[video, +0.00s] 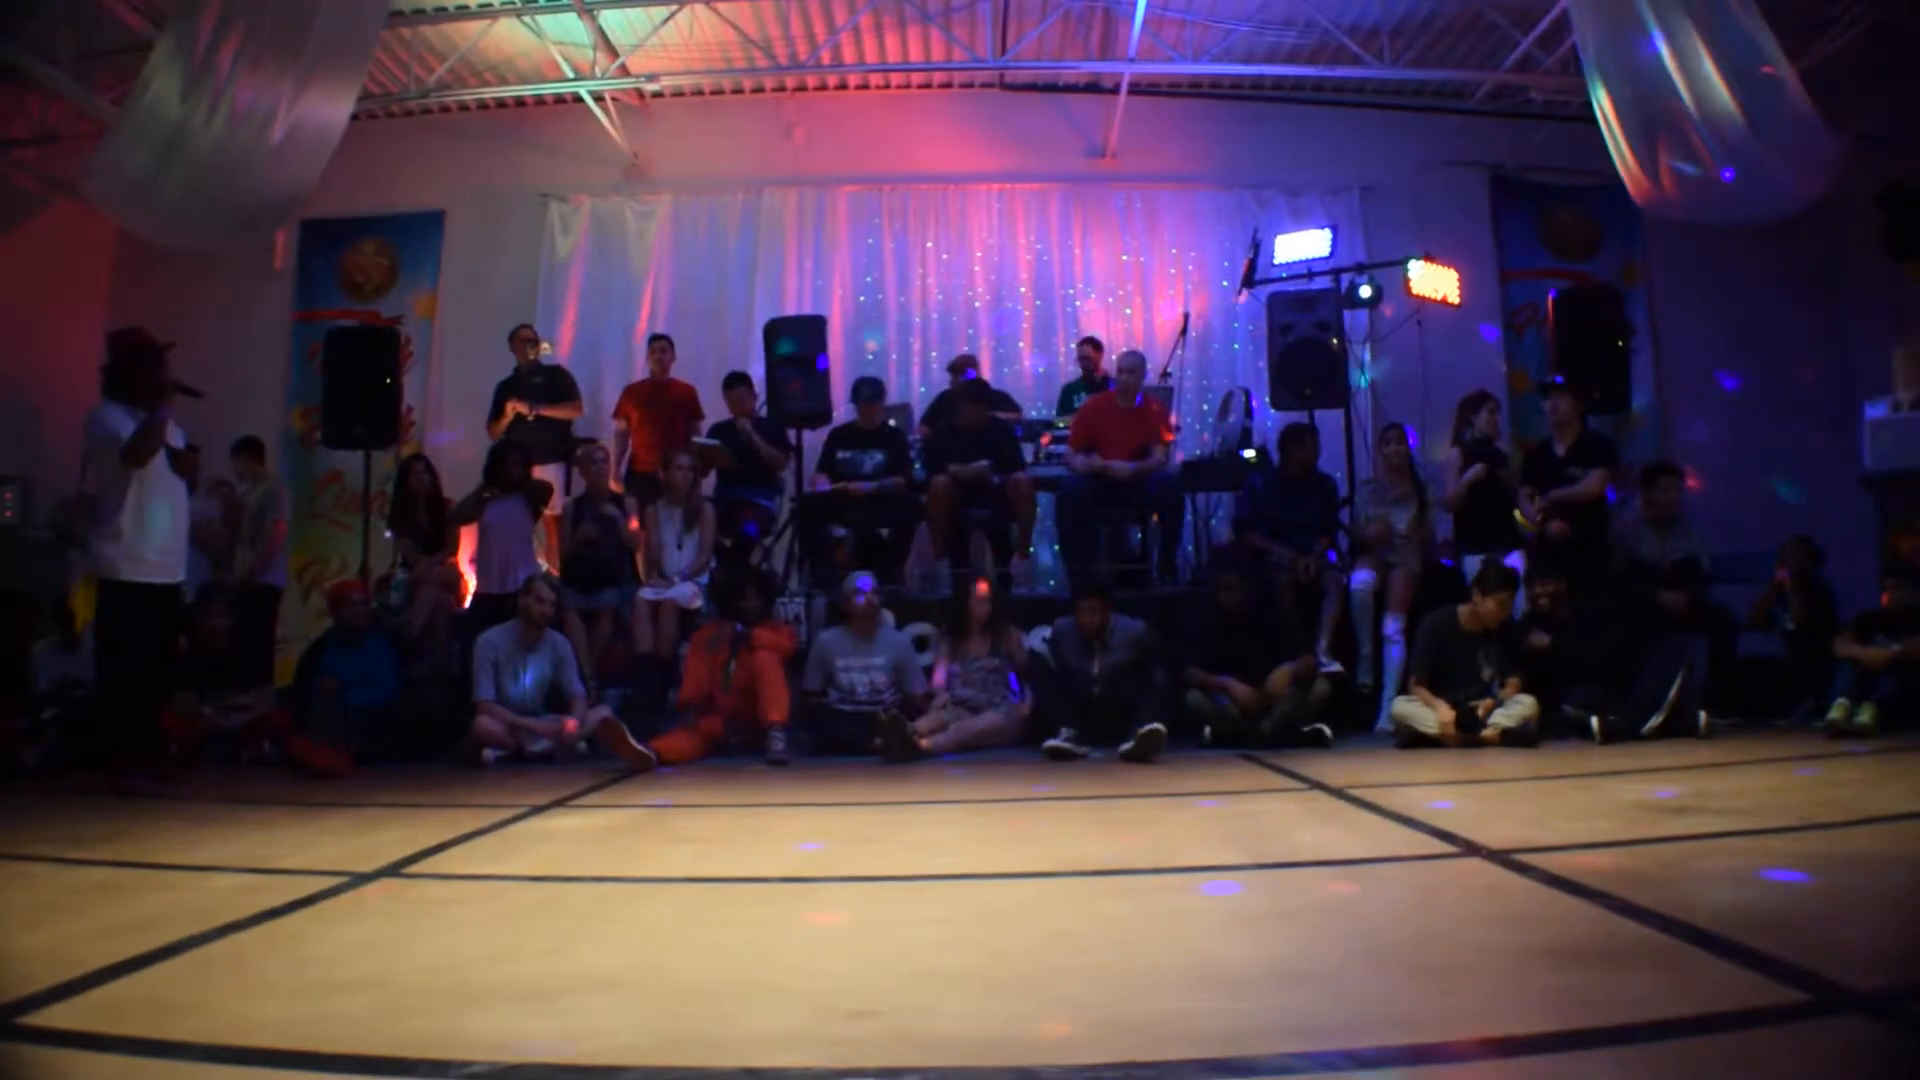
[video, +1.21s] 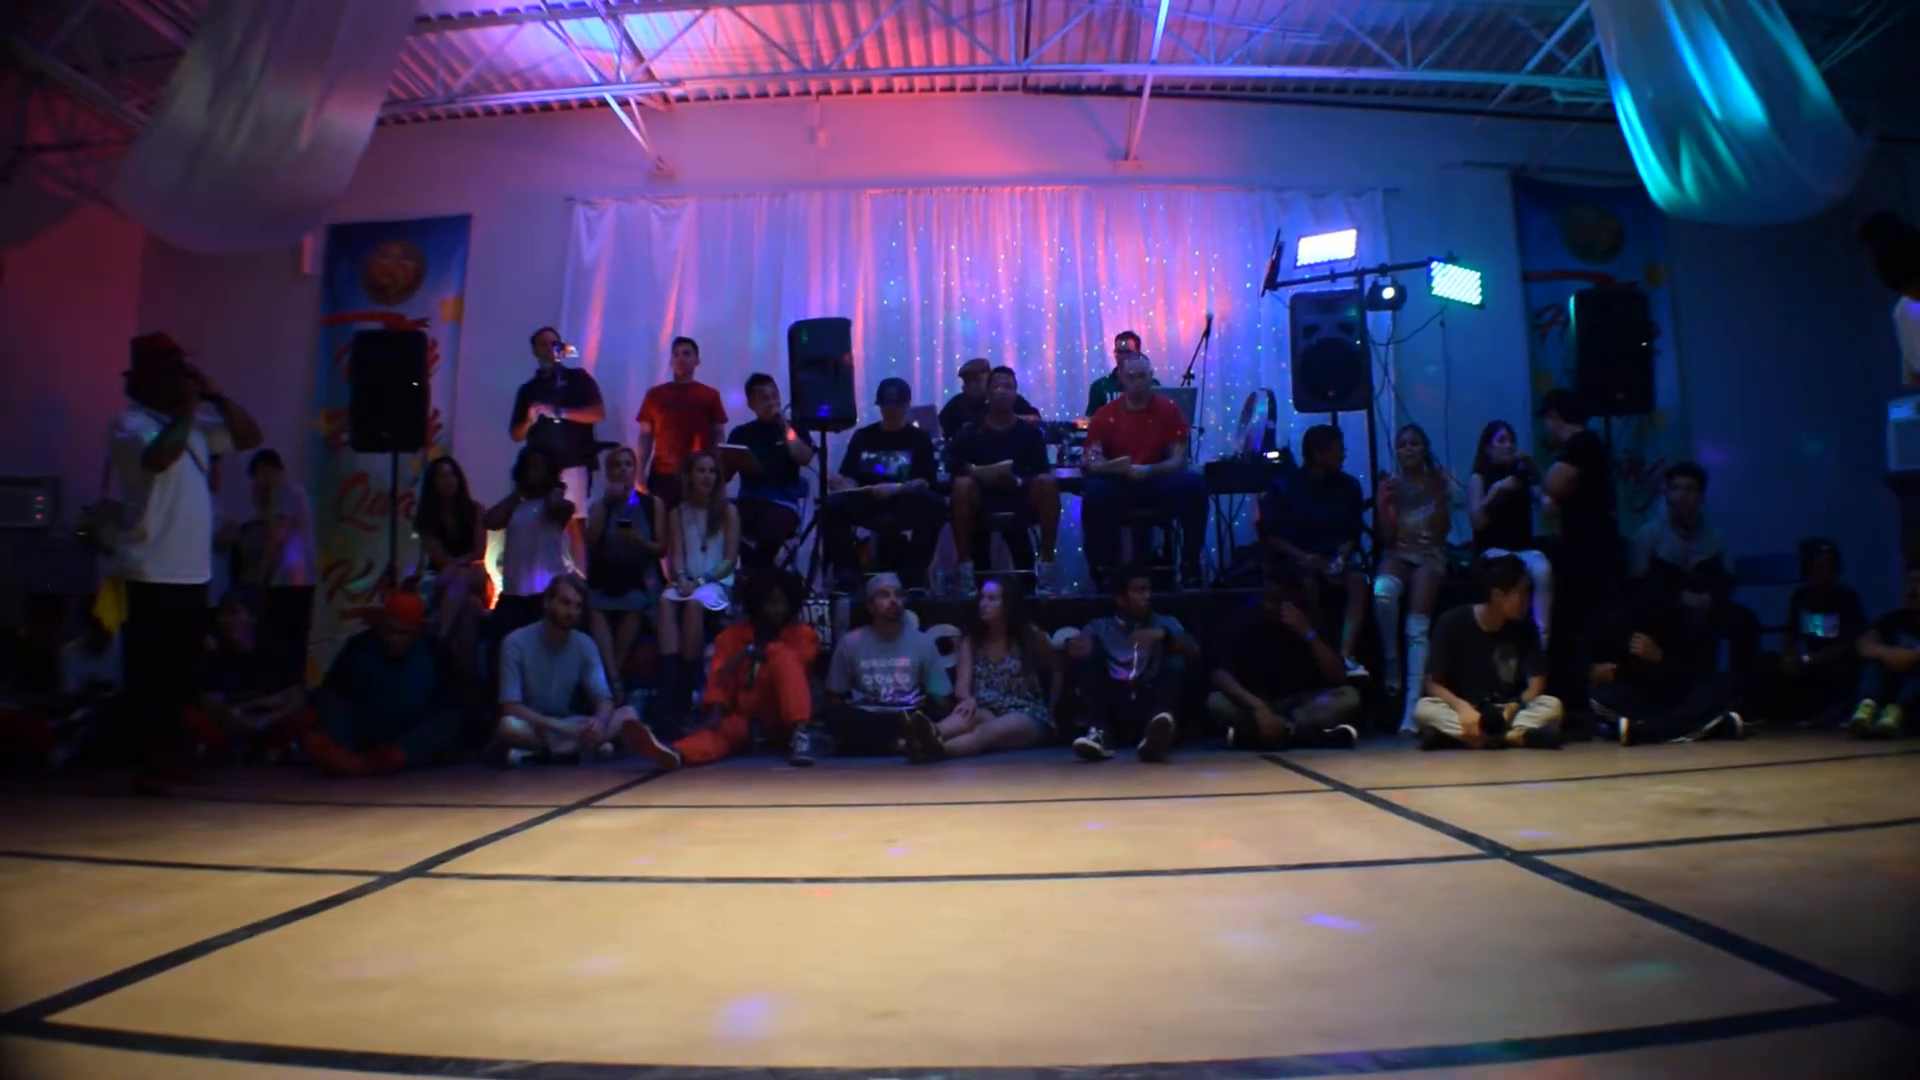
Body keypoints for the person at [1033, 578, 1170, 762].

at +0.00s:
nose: (1087, 620)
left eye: (1094, 613)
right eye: (1082, 613)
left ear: (1106, 613)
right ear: (1075, 614)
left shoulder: (1134, 632)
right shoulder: (1062, 631)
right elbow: (1063, 672)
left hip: (1122, 711)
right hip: (1080, 712)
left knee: (1151, 677)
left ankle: (1138, 735)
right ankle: (1067, 733)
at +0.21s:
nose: (1099, 614)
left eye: (1106, 607)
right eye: (1094, 607)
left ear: (1118, 608)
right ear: (1088, 608)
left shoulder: (1143, 633)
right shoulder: (1071, 631)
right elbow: (1064, 673)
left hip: (1128, 711)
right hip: (1084, 711)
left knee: (1158, 679)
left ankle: (1142, 737)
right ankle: (1067, 734)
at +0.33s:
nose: (1131, 607)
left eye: (1138, 600)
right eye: (1125, 600)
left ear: (1148, 603)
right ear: (1118, 603)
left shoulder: (1171, 631)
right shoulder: (1101, 626)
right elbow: (1088, 663)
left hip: (1151, 702)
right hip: (1106, 700)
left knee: (1182, 677)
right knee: (1074, 673)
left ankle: (1163, 737)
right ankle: (1091, 733)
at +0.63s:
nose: (1149, 597)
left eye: (1154, 590)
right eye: (1143, 590)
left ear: (1160, 595)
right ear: (1129, 595)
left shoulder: (1179, 634)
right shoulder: (1105, 625)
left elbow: (1184, 673)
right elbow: (1088, 662)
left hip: (1155, 699)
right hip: (1111, 697)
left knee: (1179, 680)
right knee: (1082, 673)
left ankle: (1161, 737)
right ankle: (1095, 732)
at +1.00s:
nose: (1149, 596)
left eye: (1152, 589)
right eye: (1141, 589)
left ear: (1158, 594)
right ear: (1125, 596)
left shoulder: (1173, 630)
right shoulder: (1103, 631)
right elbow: (1093, 668)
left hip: (1154, 698)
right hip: (1114, 698)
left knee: (1172, 668)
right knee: (1093, 662)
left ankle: (1160, 737)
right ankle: (1099, 731)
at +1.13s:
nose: (1146, 597)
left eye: (1148, 591)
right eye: (1139, 591)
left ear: (1153, 594)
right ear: (1122, 597)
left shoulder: (1169, 628)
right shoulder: (1101, 630)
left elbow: (1190, 660)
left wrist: (1168, 645)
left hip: (1152, 699)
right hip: (1113, 699)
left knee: (1177, 671)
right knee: (1090, 668)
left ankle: (1159, 736)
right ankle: (1098, 732)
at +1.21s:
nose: (1147, 596)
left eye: (1147, 590)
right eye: (1139, 591)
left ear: (1150, 593)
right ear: (1121, 598)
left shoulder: (1165, 624)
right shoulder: (1101, 627)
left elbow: (1192, 653)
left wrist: (1163, 636)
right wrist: (1076, 647)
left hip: (1150, 696)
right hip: (1111, 695)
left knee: (1174, 666)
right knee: (1090, 665)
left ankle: (1156, 738)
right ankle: (1096, 733)